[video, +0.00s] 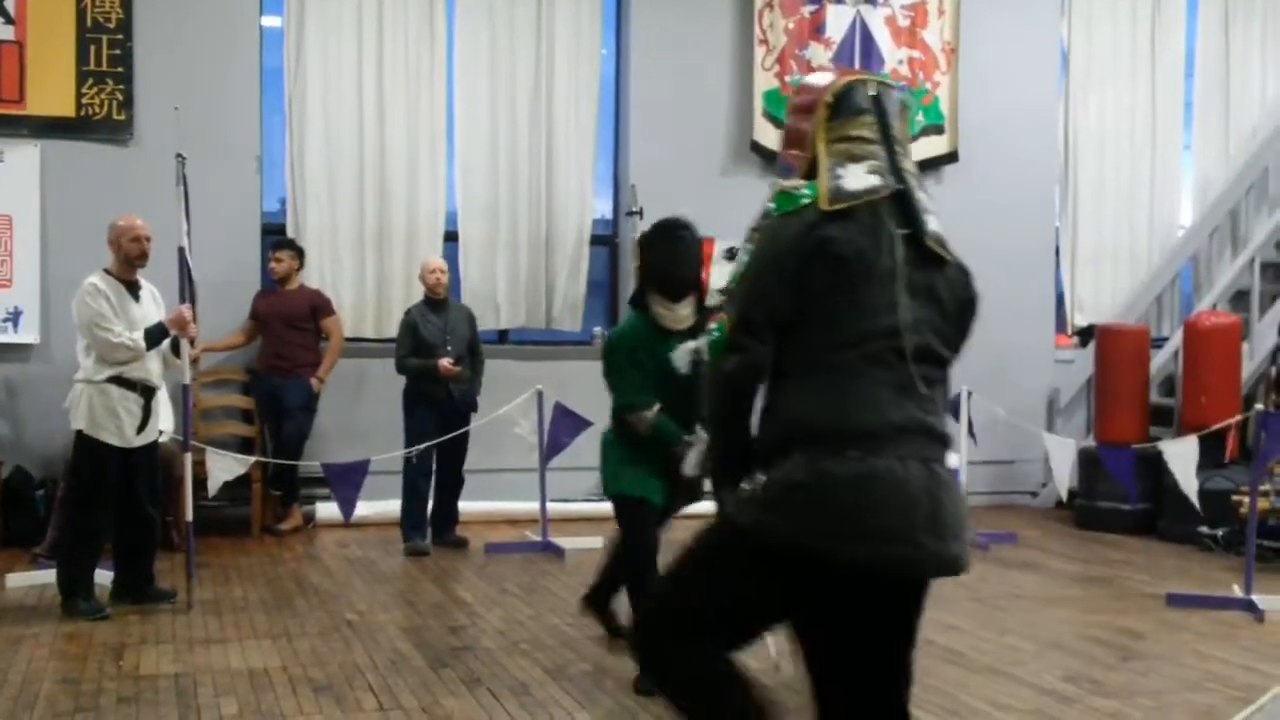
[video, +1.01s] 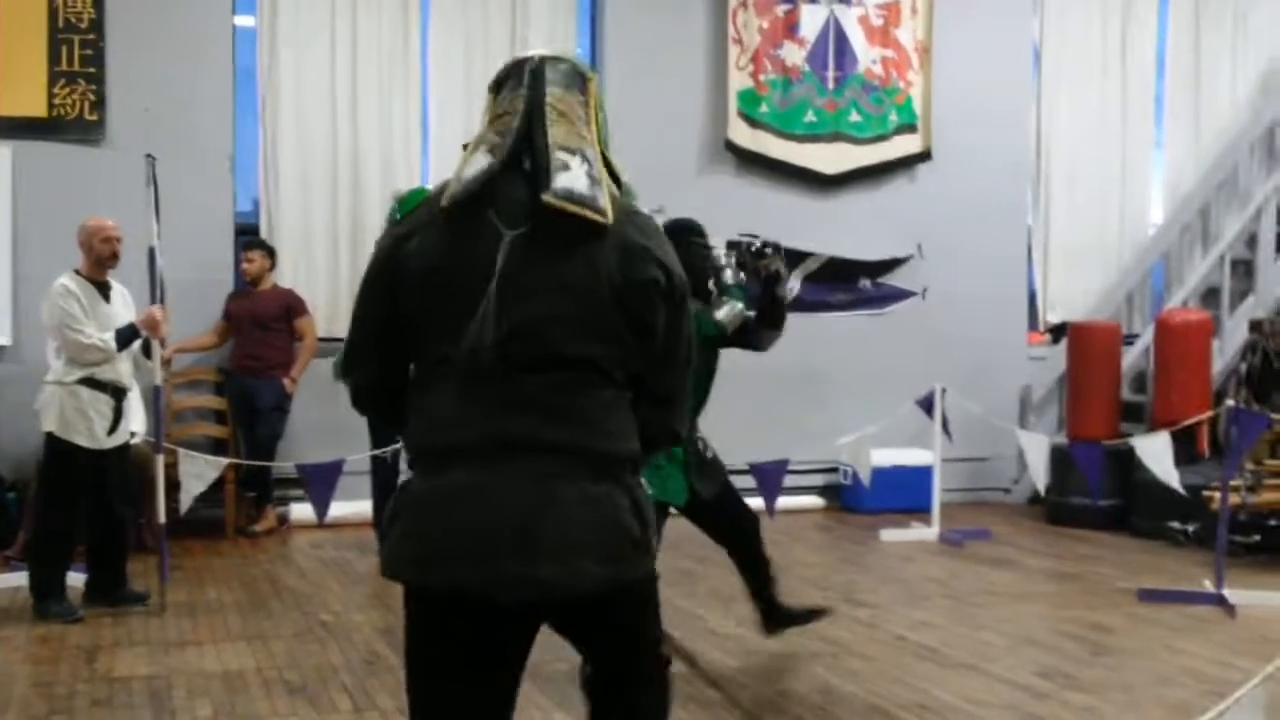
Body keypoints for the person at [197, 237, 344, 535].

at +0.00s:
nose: (273, 265)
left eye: (280, 260)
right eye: (272, 260)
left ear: (297, 264)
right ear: (270, 264)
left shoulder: (315, 299)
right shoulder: (263, 299)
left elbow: (336, 338)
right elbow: (245, 336)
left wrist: (320, 377)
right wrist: (205, 347)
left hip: (300, 382)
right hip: (267, 380)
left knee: (289, 445)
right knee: (275, 445)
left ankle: (289, 510)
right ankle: (288, 510)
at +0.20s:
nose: (274, 266)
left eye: (281, 261)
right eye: (273, 261)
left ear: (299, 265)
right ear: (272, 264)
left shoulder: (316, 299)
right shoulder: (265, 300)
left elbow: (338, 339)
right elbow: (246, 336)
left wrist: (322, 378)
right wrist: (207, 348)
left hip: (302, 382)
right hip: (268, 381)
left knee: (291, 446)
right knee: (277, 446)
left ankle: (289, 509)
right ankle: (292, 510)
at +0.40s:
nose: (276, 265)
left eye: (282, 260)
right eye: (274, 260)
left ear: (300, 264)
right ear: (273, 263)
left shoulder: (317, 298)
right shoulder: (266, 299)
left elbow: (339, 338)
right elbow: (248, 336)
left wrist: (323, 377)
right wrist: (207, 347)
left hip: (303, 382)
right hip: (269, 380)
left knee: (292, 445)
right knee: (278, 445)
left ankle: (293, 509)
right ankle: (293, 509)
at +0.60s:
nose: (273, 265)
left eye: (280, 260)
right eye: (272, 260)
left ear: (297, 264)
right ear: (271, 264)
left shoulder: (314, 299)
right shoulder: (264, 299)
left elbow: (336, 339)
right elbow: (244, 336)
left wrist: (319, 377)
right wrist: (204, 348)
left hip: (298, 382)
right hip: (265, 380)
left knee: (287, 445)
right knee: (272, 446)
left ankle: (287, 510)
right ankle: (286, 510)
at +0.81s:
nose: (252, 265)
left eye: (258, 260)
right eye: (250, 260)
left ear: (276, 263)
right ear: (248, 264)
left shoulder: (293, 298)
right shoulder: (244, 299)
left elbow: (316, 338)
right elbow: (224, 336)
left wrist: (300, 377)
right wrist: (183, 348)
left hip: (279, 381)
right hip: (246, 380)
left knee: (269, 446)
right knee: (252, 446)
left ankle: (272, 510)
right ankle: (267, 509)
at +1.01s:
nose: (245, 266)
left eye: (251, 261)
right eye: (243, 261)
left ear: (269, 263)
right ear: (242, 265)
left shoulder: (287, 299)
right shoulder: (236, 299)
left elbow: (310, 339)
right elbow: (217, 337)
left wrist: (293, 377)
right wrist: (176, 348)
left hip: (273, 382)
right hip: (239, 380)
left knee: (263, 446)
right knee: (248, 446)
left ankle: (265, 510)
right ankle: (263, 510)